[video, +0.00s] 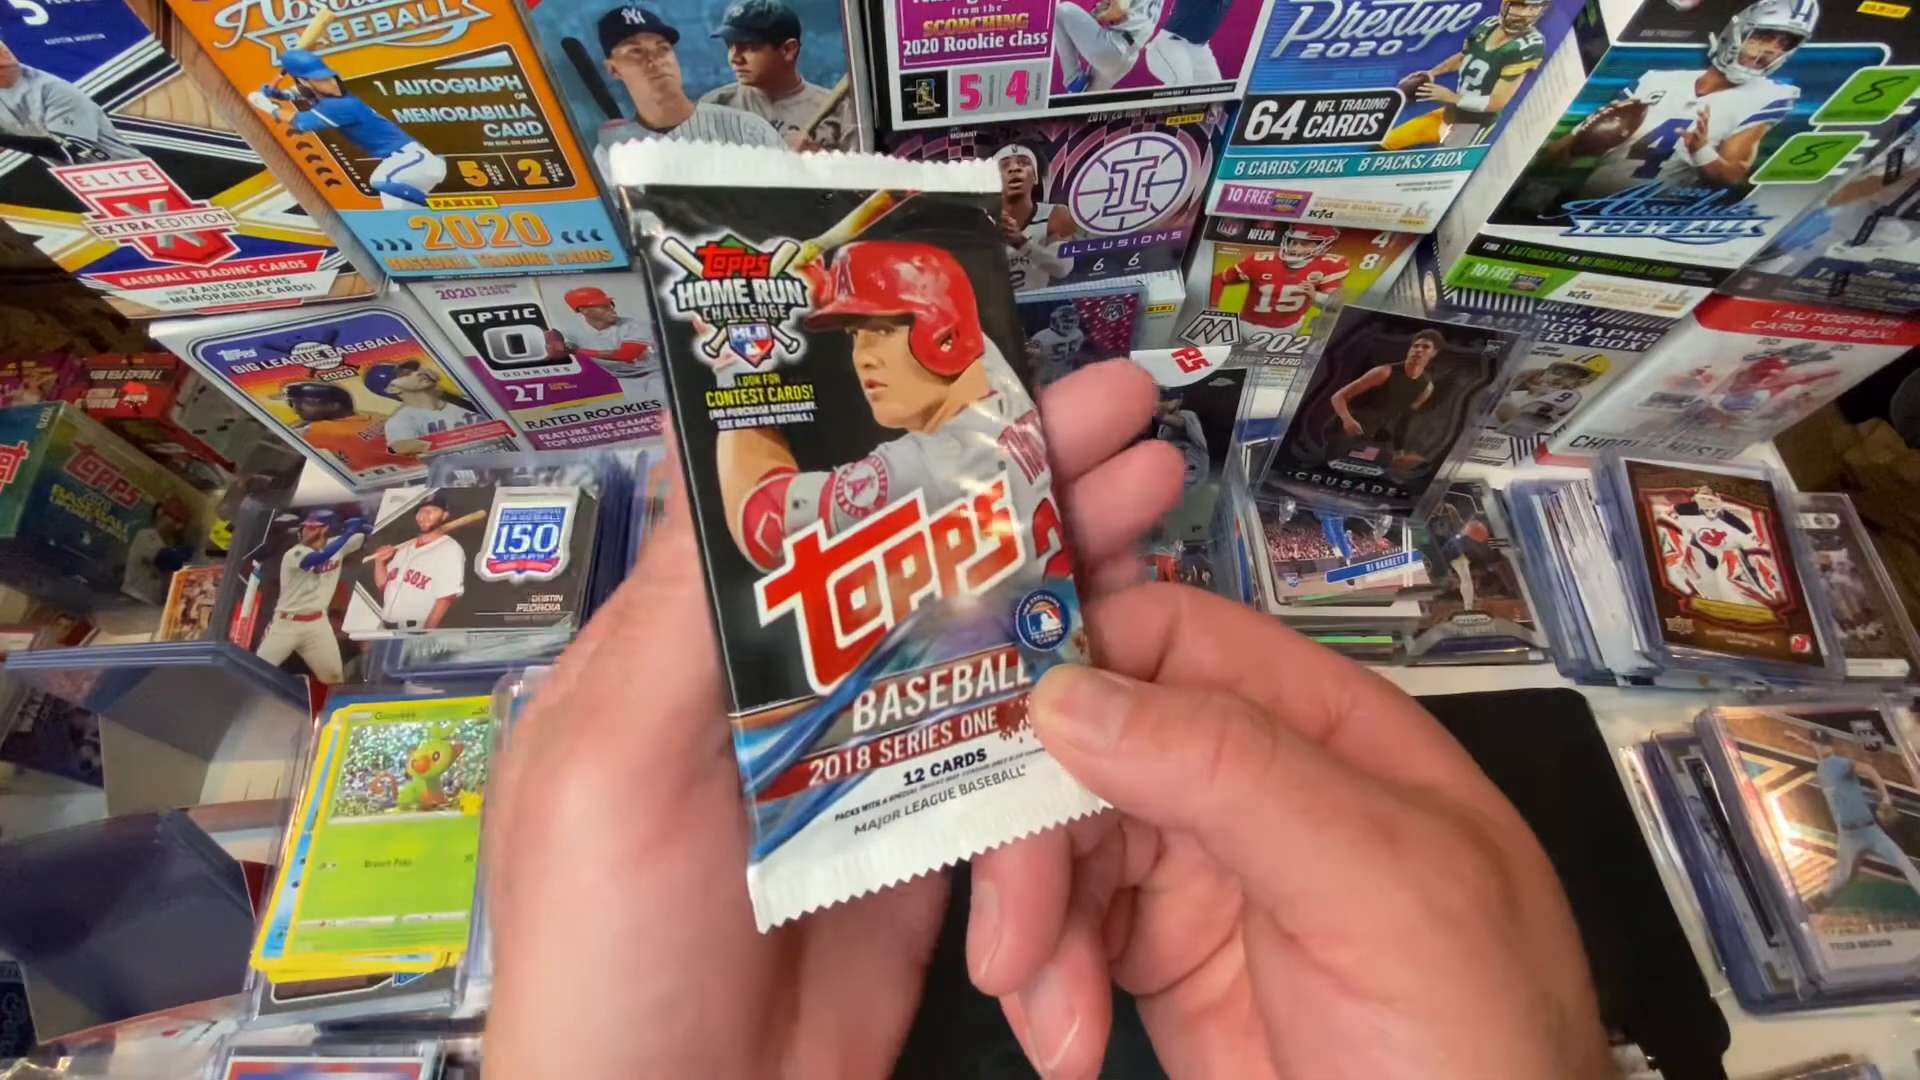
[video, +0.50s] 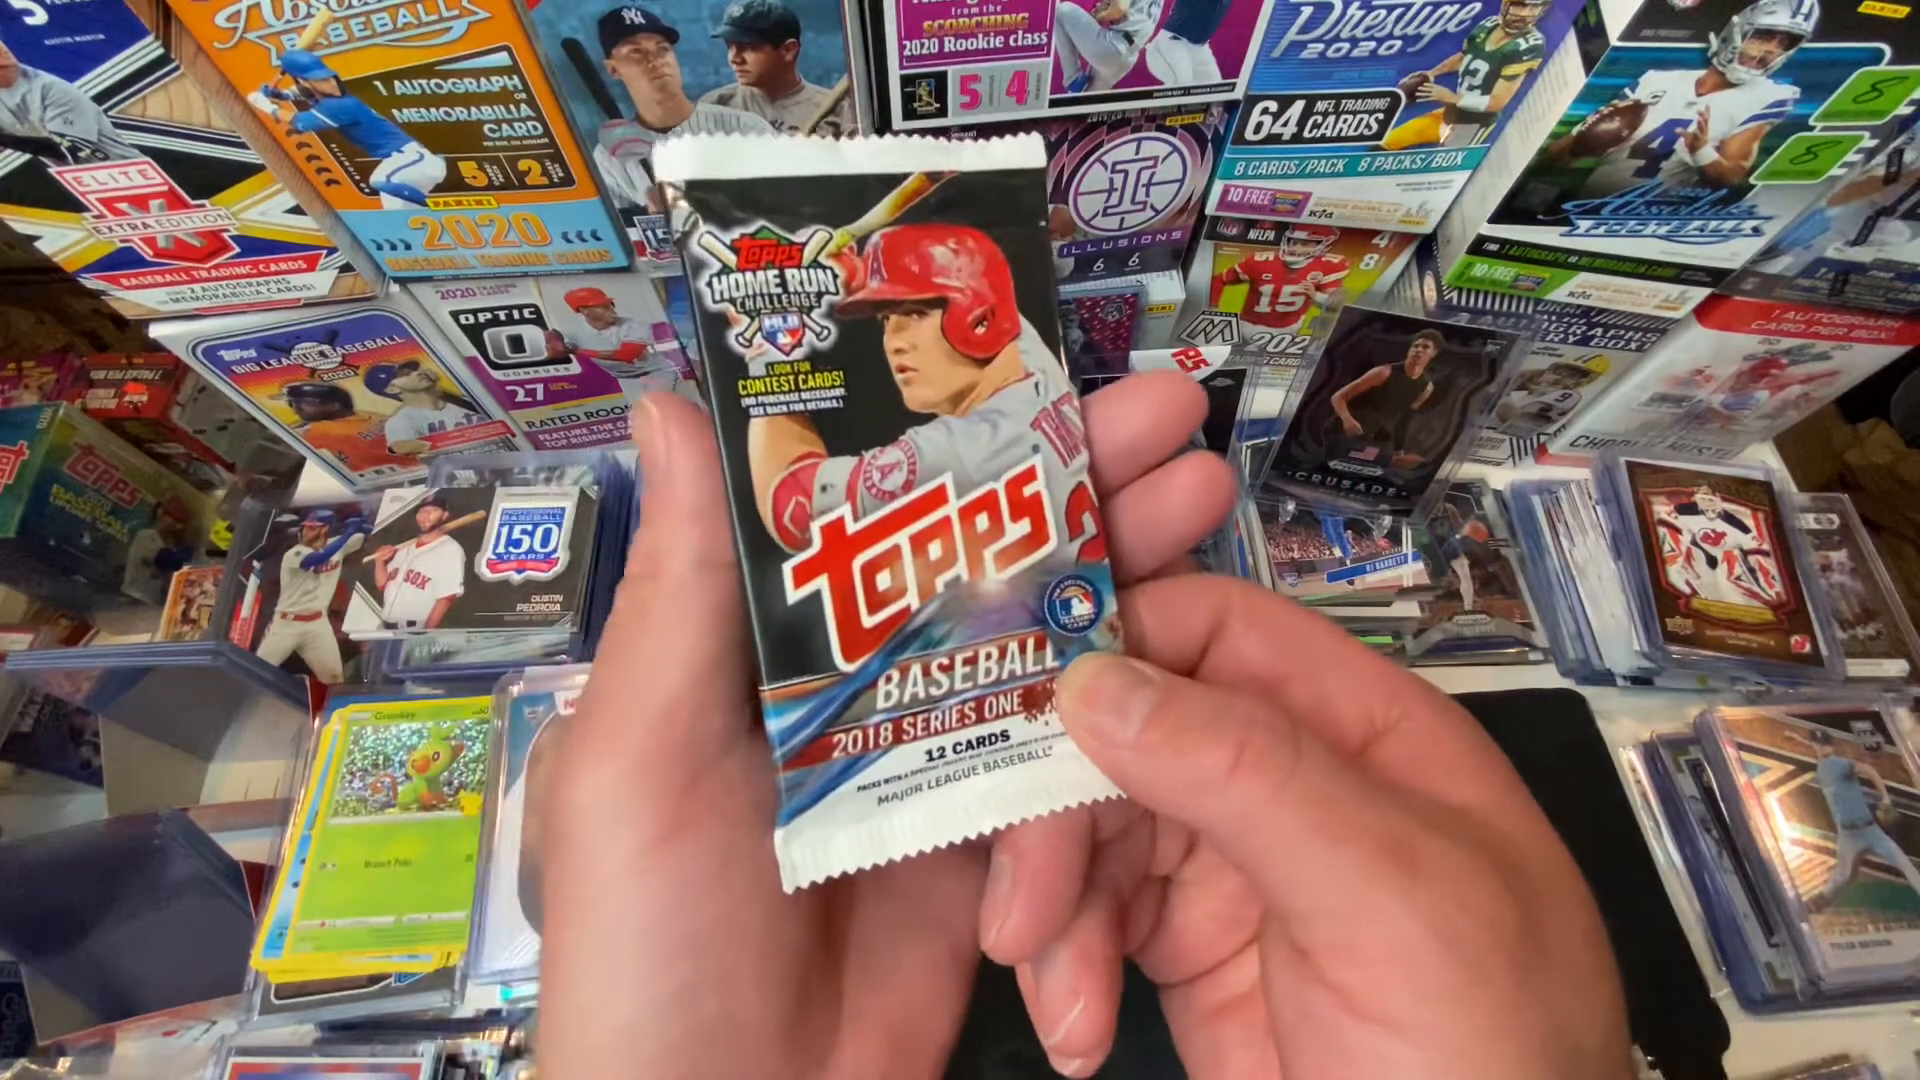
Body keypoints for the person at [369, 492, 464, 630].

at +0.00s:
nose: (424, 516)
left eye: (431, 511)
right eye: (421, 511)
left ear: (444, 515)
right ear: (416, 515)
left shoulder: (450, 550)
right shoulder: (405, 547)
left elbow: (446, 598)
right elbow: (382, 585)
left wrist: (426, 634)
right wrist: (379, 562)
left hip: (416, 631)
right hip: (386, 627)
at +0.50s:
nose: (425, 516)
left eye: (432, 511)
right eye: (422, 511)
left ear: (445, 515)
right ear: (416, 515)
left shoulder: (451, 550)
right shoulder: (405, 547)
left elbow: (446, 598)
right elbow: (382, 585)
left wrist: (425, 634)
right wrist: (379, 561)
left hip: (416, 631)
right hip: (386, 627)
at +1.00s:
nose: (424, 516)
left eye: (431, 511)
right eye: (421, 511)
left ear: (444, 515)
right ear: (416, 516)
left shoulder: (451, 550)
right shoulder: (405, 548)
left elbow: (446, 598)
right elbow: (382, 585)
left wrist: (425, 633)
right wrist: (379, 561)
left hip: (415, 630)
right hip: (385, 627)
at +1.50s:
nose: (425, 516)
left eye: (432, 511)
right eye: (422, 511)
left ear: (445, 516)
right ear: (416, 515)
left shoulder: (451, 550)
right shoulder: (405, 548)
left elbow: (446, 598)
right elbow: (383, 585)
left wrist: (425, 633)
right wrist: (379, 561)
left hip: (415, 630)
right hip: (385, 627)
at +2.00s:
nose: (426, 517)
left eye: (432, 511)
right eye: (422, 511)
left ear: (445, 515)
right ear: (416, 515)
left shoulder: (451, 550)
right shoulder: (405, 548)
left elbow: (447, 598)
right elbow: (382, 585)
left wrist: (425, 633)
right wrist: (379, 561)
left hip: (416, 631)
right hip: (386, 627)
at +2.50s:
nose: (425, 516)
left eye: (432, 511)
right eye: (422, 511)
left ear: (445, 516)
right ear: (416, 515)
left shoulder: (450, 550)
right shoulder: (406, 548)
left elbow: (447, 598)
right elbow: (382, 585)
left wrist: (425, 634)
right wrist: (379, 561)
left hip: (416, 631)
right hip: (386, 627)